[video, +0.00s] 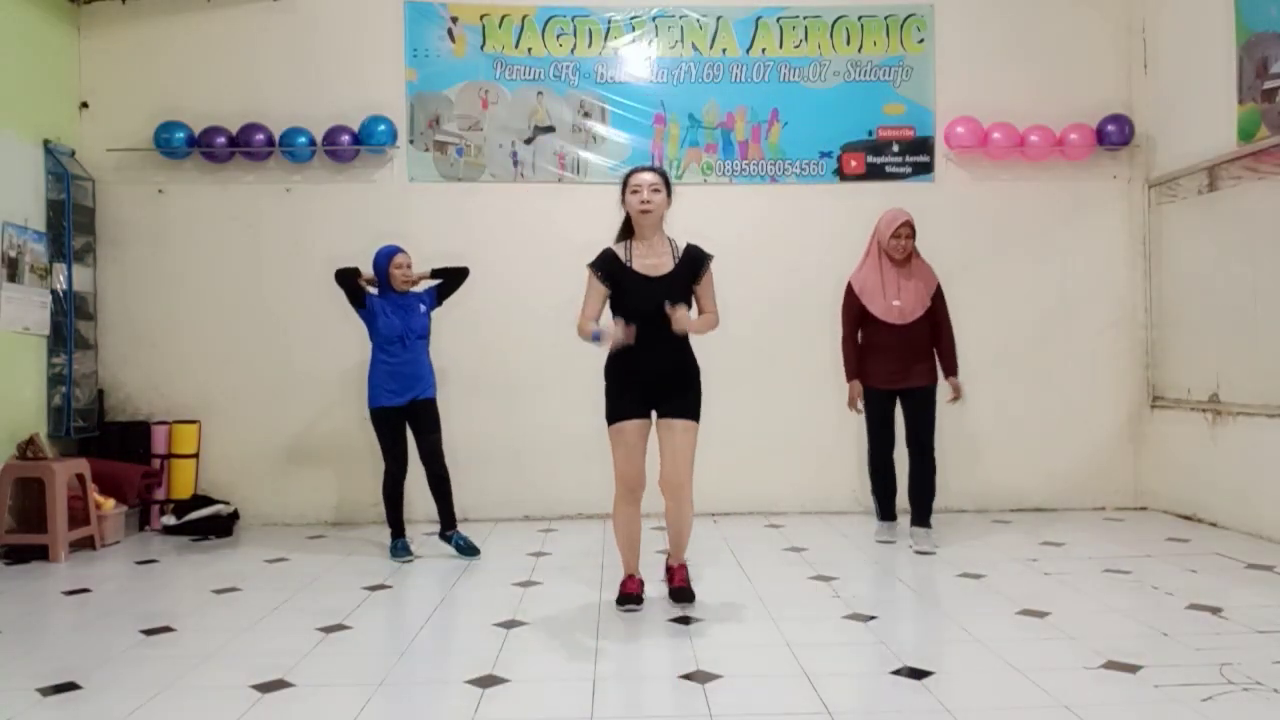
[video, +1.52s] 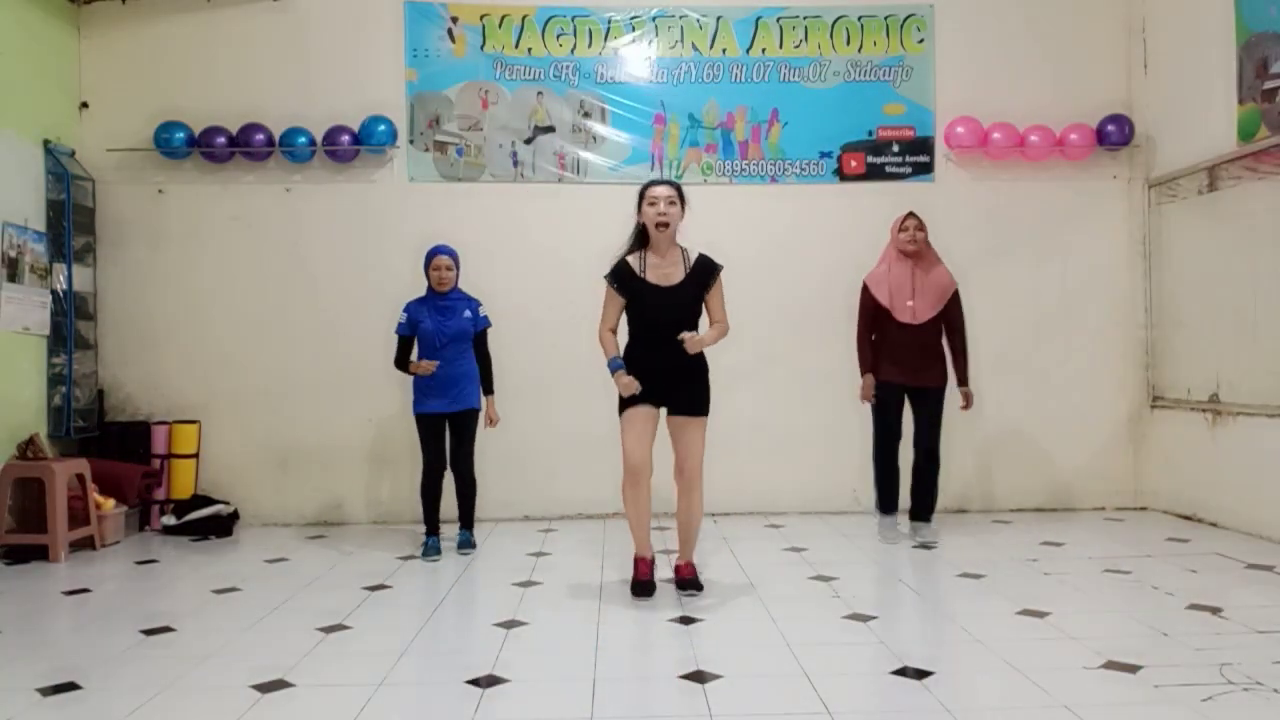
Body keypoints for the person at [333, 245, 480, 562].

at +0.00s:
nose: (407, 272)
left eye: (409, 266)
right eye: (399, 267)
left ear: (413, 272)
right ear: (384, 274)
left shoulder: (423, 301)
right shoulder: (371, 305)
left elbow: (461, 273)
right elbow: (343, 275)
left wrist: (423, 275)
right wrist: (364, 278)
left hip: (421, 394)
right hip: (385, 398)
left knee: (435, 461)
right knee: (396, 466)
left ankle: (449, 529)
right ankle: (398, 537)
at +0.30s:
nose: (404, 271)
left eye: (408, 266)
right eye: (397, 266)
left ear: (414, 270)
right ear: (384, 272)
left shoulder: (427, 301)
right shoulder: (371, 305)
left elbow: (475, 287)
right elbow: (324, 290)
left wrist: (444, 266)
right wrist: (346, 276)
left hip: (423, 395)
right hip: (386, 399)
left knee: (430, 459)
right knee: (396, 467)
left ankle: (452, 529)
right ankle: (398, 539)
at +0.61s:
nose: (409, 269)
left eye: (414, 265)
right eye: (402, 265)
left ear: (421, 270)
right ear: (391, 272)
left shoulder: (434, 302)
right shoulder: (380, 306)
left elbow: (488, 309)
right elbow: (327, 309)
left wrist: (479, 271)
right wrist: (351, 278)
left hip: (430, 393)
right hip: (394, 397)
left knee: (432, 459)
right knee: (400, 467)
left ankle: (457, 526)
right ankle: (398, 538)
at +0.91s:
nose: (427, 271)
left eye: (433, 267)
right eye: (421, 266)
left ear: (441, 272)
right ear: (411, 272)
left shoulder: (452, 306)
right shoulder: (399, 309)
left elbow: (491, 339)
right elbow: (385, 348)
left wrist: (511, 313)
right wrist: (379, 360)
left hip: (450, 395)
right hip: (413, 397)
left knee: (454, 465)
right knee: (419, 465)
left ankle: (459, 533)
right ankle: (402, 535)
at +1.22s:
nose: (435, 274)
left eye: (441, 269)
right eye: (429, 269)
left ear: (450, 273)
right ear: (420, 274)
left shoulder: (464, 308)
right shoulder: (408, 313)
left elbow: (479, 347)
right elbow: (388, 360)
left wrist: (491, 379)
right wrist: (404, 383)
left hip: (459, 401)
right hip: (423, 402)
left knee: (457, 467)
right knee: (431, 468)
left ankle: (459, 533)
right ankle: (431, 536)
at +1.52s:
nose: (442, 274)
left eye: (448, 269)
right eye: (436, 269)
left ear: (457, 272)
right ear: (427, 273)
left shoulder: (471, 306)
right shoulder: (415, 309)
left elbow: (482, 354)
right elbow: (401, 359)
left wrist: (489, 399)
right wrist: (414, 366)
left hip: (465, 398)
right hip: (428, 400)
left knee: (462, 465)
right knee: (434, 466)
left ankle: (466, 531)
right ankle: (431, 535)